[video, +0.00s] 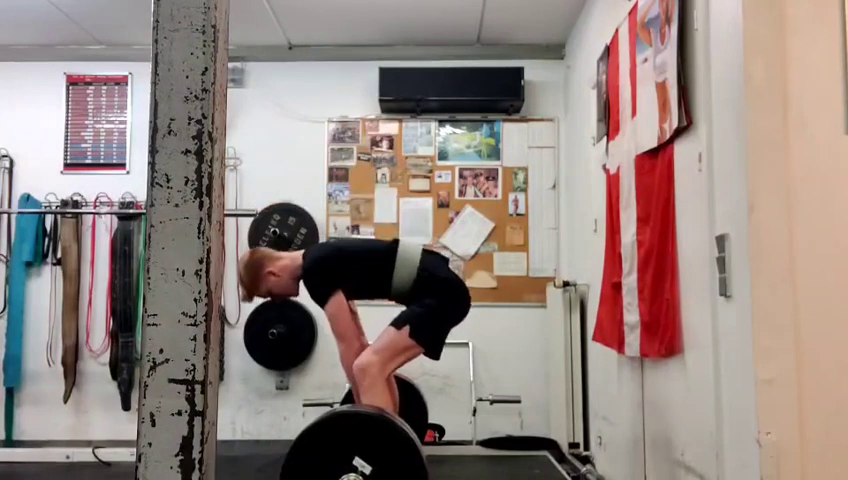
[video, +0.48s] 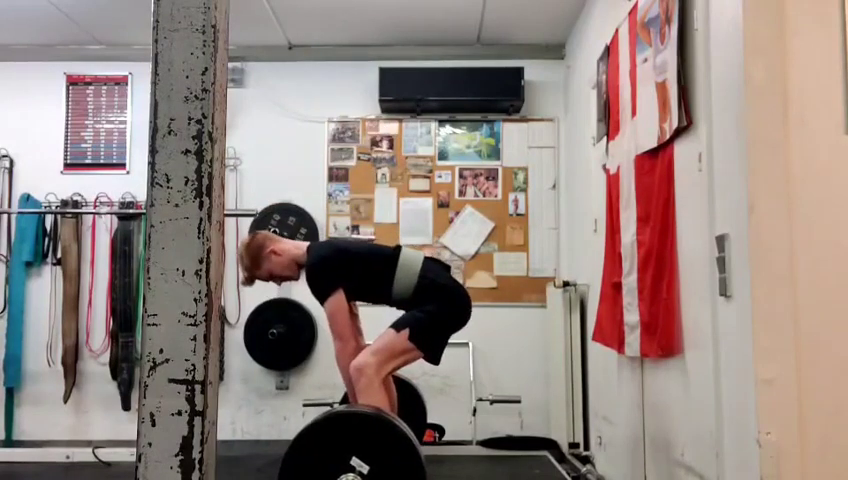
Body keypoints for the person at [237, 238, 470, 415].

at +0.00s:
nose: (278, 299)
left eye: (270, 293)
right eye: (270, 296)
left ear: (274, 273)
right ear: (275, 269)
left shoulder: (316, 269)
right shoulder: (322, 260)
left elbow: (349, 346)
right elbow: (358, 341)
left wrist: (363, 412)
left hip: (441, 294)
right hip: (441, 290)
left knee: (365, 367)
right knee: (376, 367)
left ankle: (383, 454)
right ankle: (392, 451)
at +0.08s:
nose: (276, 295)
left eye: (269, 290)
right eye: (269, 293)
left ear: (273, 270)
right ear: (275, 266)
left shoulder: (316, 268)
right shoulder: (322, 260)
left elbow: (350, 345)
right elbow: (357, 341)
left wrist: (361, 407)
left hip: (441, 294)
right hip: (441, 291)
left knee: (365, 367)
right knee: (376, 367)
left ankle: (383, 454)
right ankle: (392, 452)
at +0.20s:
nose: (276, 287)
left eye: (269, 282)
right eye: (269, 285)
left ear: (273, 260)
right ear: (275, 255)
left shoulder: (317, 264)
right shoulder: (322, 257)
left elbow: (347, 343)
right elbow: (355, 340)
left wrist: (358, 408)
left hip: (441, 295)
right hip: (440, 291)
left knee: (364, 367)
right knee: (374, 367)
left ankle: (383, 454)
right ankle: (392, 451)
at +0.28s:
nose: (276, 285)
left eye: (268, 279)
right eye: (268, 283)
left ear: (272, 256)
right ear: (275, 251)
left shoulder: (317, 265)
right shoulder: (323, 257)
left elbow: (346, 343)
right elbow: (355, 339)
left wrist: (357, 407)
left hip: (441, 296)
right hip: (441, 292)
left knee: (365, 367)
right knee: (375, 368)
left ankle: (382, 454)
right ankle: (391, 451)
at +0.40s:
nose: (277, 283)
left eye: (269, 277)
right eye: (270, 281)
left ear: (273, 253)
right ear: (275, 249)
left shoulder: (319, 264)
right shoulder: (325, 257)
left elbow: (347, 345)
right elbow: (355, 341)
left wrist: (356, 408)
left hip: (442, 298)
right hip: (443, 295)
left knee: (364, 368)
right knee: (374, 369)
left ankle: (380, 454)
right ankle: (390, 452)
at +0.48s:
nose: (277, 282)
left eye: (270, 275)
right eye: (270, 280)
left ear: (274, 251)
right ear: (276, 248)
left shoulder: (320, 264)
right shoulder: (326, 257)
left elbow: (346, 345)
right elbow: (355, 340)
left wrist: (355, 406)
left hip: (443, 300)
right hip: (443, 297)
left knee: (363, 368)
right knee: (374, 369)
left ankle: (379, 454)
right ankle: (390, 451)